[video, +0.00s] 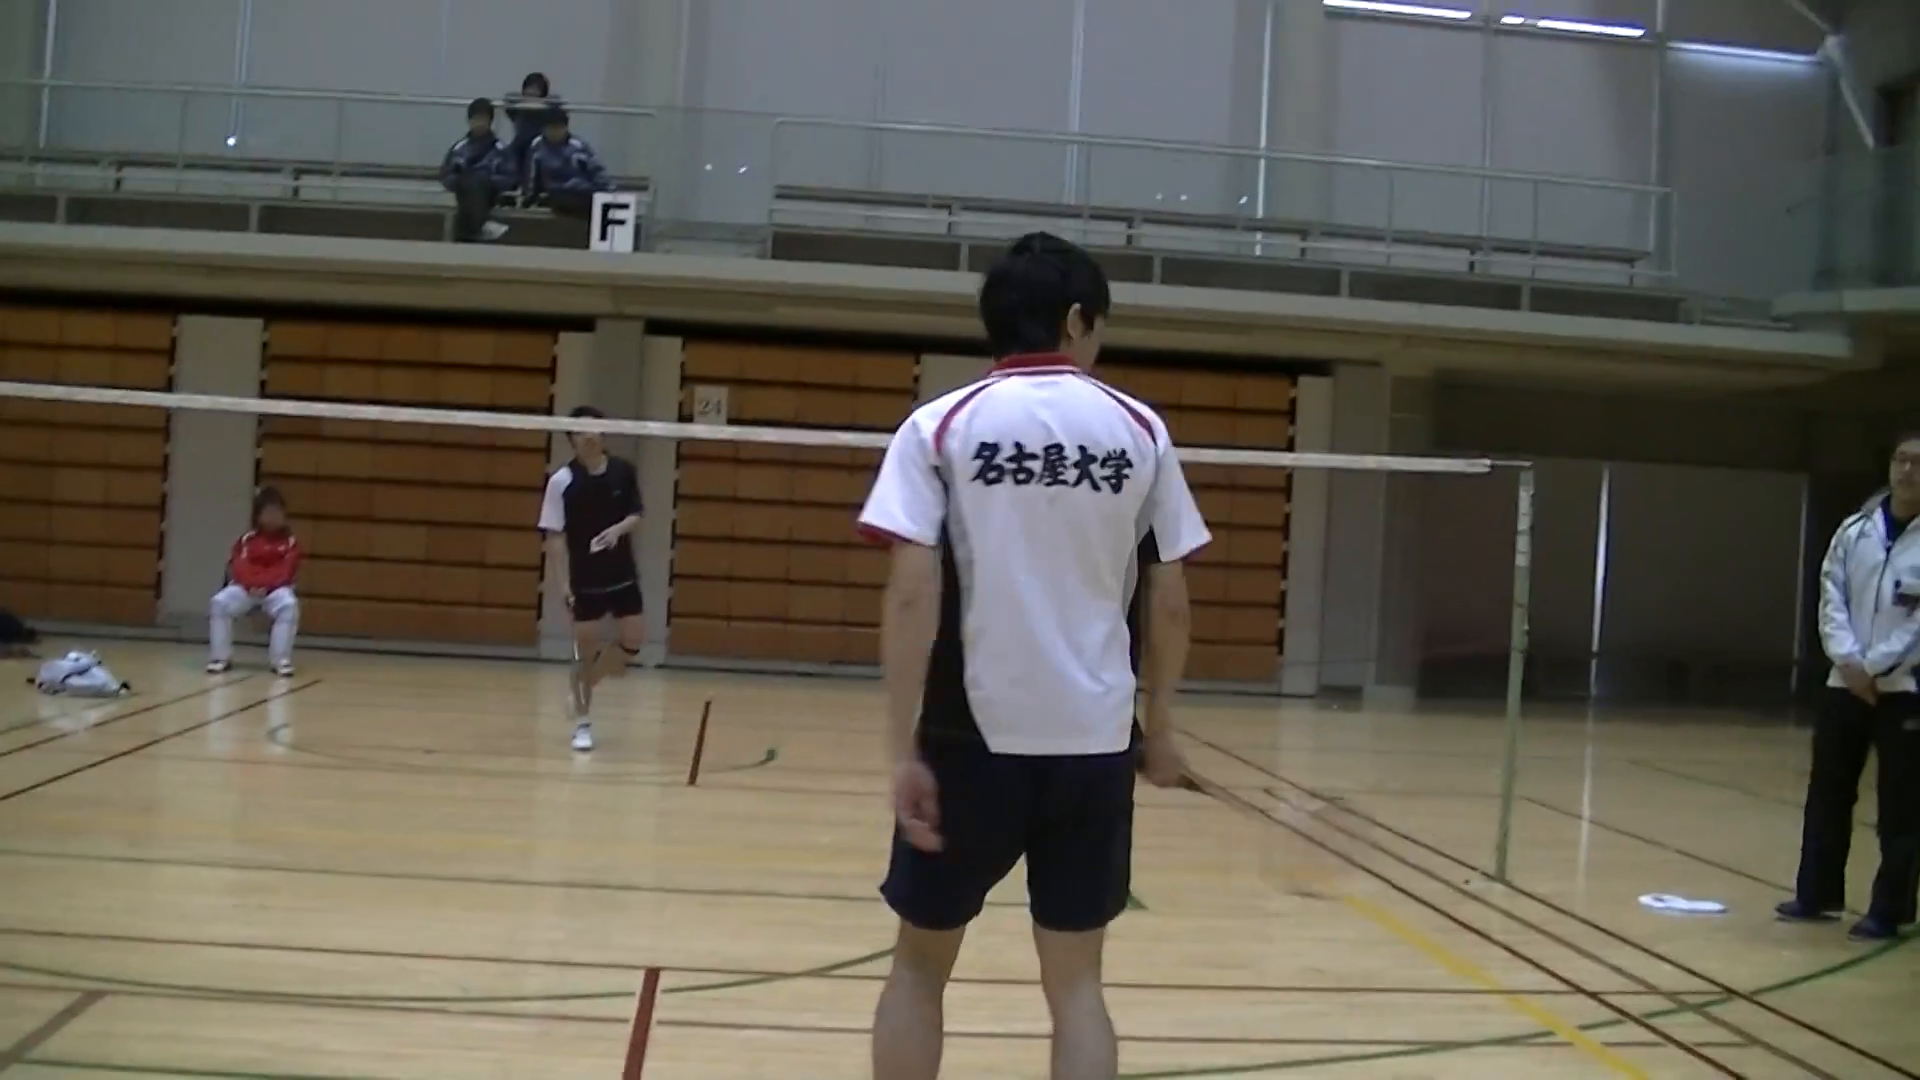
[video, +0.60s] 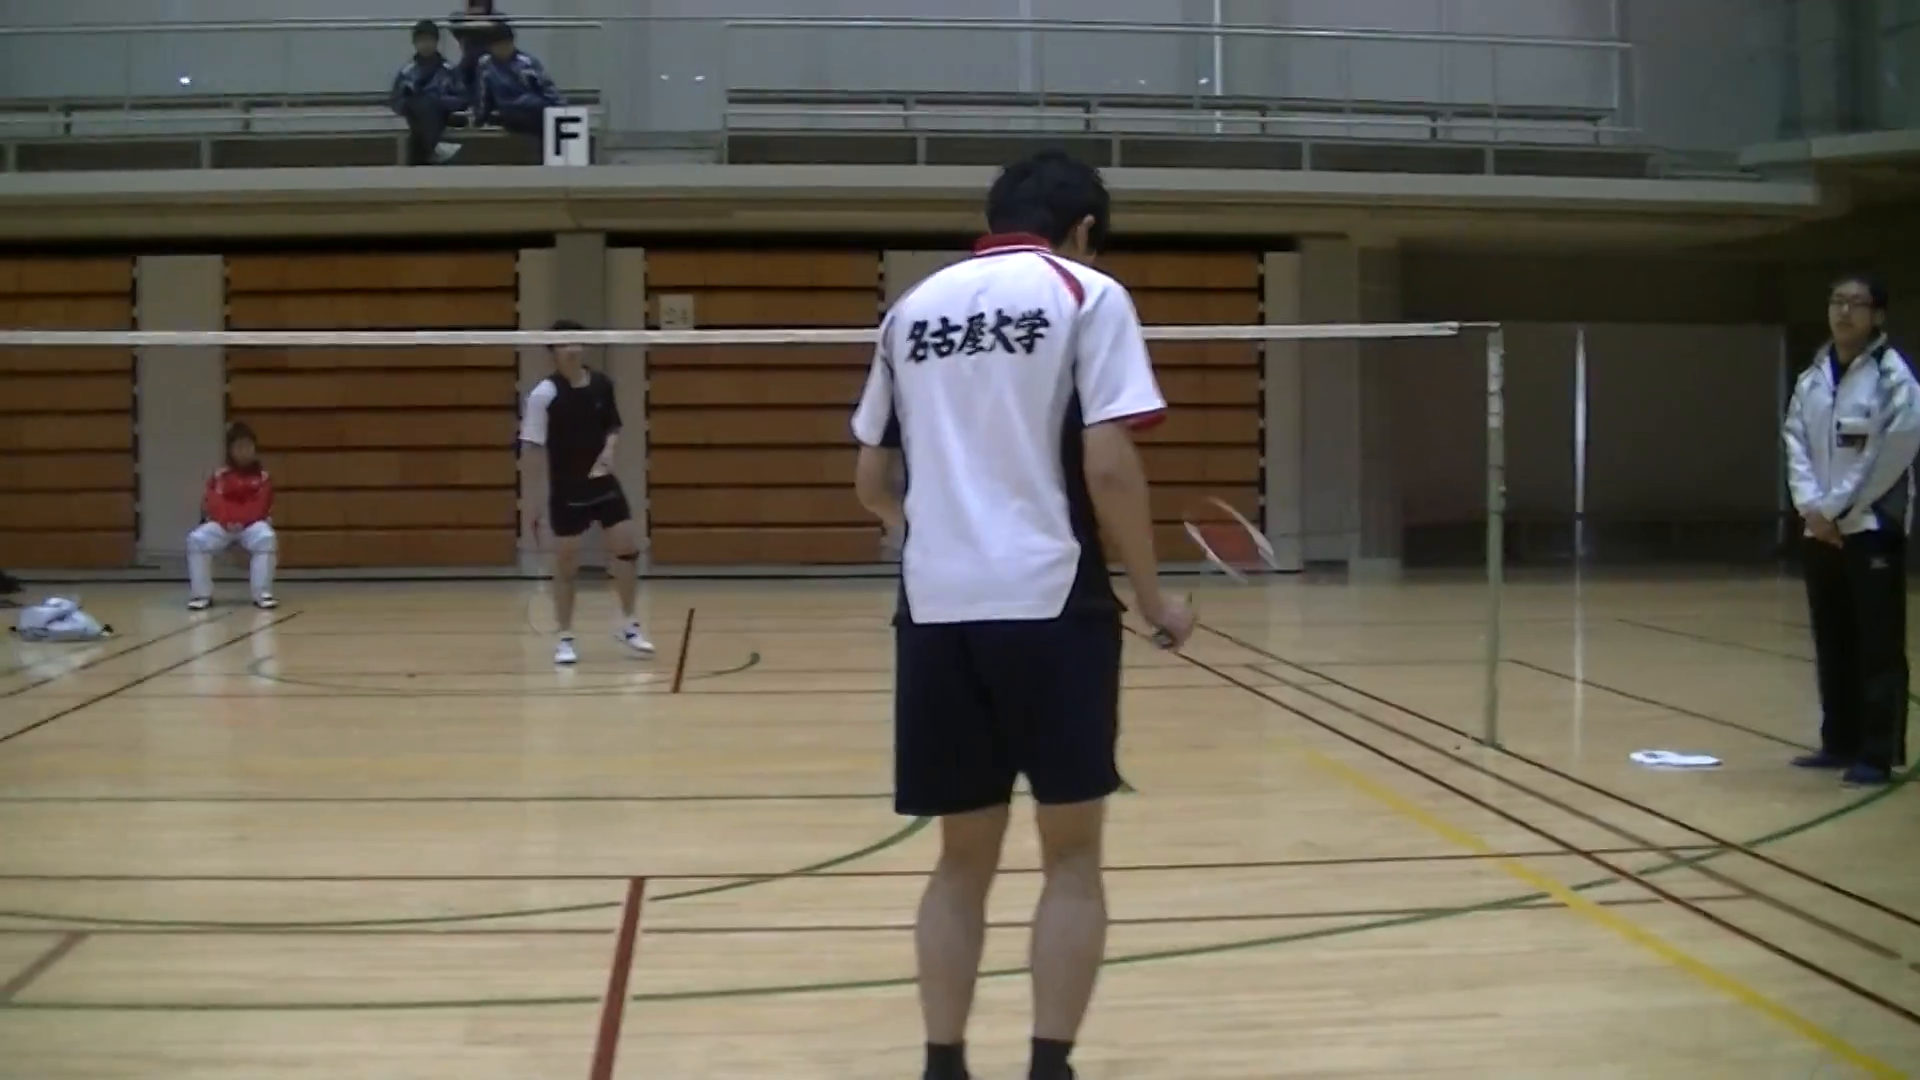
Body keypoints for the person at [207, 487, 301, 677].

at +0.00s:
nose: (273, 519)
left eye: (278, 512)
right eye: (268, 513)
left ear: (284, 515)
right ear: (258, 516)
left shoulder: (289, 543)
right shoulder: (247, 540)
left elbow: (286, 572)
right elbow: (238, 566)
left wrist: (266, 585)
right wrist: (250, 584)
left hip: (275, 588)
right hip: (247, 586)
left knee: (288, 607)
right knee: (220, 603)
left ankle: (281, 659)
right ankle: (220, 658)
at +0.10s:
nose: (254, 526)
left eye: (258, 520)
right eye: (248, 521)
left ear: (263, 523)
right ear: (237, 524)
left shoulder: (268, 552)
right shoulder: (225, 549)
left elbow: (264, 580)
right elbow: (217, 576)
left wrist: (244, 593)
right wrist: (230, 591)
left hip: (254, 595)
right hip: (226, 594)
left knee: (268, 613)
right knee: (199, 611)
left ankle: (261, 667)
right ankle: (200, 666)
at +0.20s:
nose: (232, 516)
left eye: (236, 510)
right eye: (226, 511)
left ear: (242, 513)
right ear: (216, 514)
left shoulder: (248, 541)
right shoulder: (205, 539)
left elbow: (246, 569)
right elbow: (198, 565)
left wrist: (226, 583)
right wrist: (209, 582)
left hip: (235, 585)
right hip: (206, 584)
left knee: (249, 603)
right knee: (180, 601)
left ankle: (242, 655)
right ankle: (181, 656)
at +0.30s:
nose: (216, 501)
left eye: (220, 495)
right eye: (210, 496)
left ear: (226, 497)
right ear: (200, 499)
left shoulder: (234, 526)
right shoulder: (190, 524)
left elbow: (231, 555)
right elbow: (183, 552)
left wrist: (211, 568)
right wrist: (195, 567)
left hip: (220, 570)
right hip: (191, 570)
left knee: (235, 587)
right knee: (165, 586)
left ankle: (228, 640)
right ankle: (167, 641)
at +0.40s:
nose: (209, 480)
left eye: (213, 473)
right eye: (203, 475)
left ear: (219, 476)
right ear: (193, 479)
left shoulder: (227, 504)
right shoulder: (183, 503)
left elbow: (225, 533)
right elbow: (176, 529)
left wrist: (206, 547)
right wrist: (188, 546)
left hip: (214, 550)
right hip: (185, 549)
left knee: (229, 566)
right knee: (159, 566)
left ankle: (223, 620)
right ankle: (163, 621)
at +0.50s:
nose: (216, 460)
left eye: (220, 454)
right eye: (210, 455)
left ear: (226, 457)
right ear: (201, 459)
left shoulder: (233, 483)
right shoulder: (191, 483)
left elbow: (234, 514)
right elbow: (183, 510)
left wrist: (214, 528)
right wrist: (197, 526)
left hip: (222, 530)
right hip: (194, 530)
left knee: (238, 547)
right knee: (169, 547)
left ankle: (233, 600)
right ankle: (173, 603)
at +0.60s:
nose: (243, 452)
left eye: (248, 446)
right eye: (238, 447)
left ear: (254, 449)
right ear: (229, 450)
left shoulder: (262, 478)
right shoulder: (219, 476)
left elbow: (261, 507)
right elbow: (212, 503)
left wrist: (242, 520)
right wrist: (225, 519)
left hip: (251, 523)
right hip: (222, 523)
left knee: (266, 538)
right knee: (197, 540)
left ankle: (262, 592)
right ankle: (201, 595)